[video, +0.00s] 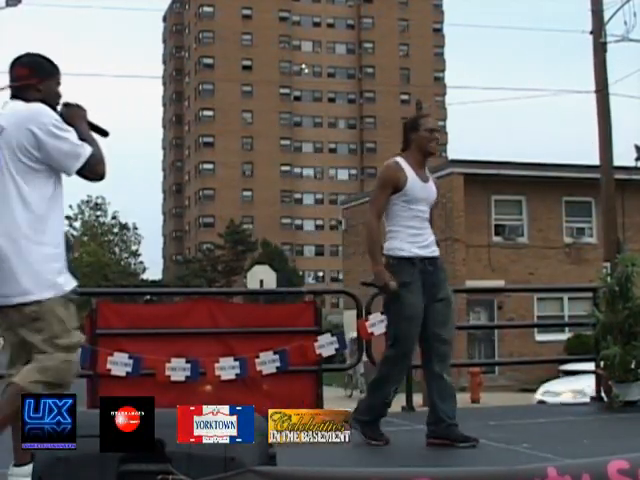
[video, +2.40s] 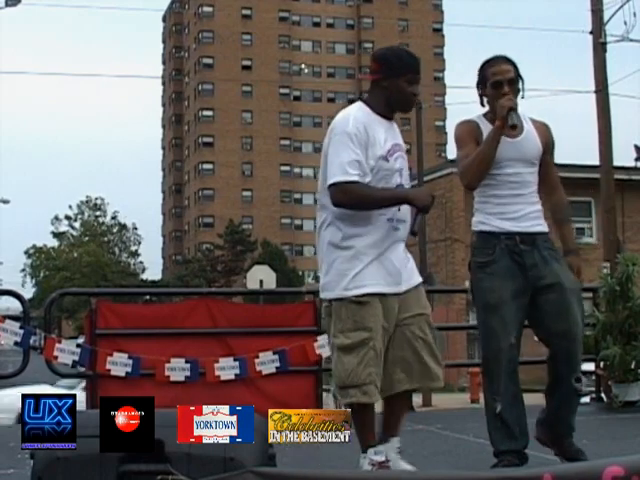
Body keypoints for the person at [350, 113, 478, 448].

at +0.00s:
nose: (436, 137)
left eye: (438, 132)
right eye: (429, 131)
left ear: (436, 139)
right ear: (411, 137)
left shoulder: (430, 180)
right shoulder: (393, 170)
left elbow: (428, 227)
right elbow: (372, 217)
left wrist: (436, 261)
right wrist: (378, 266)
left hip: (432, 265)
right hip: (403, 265)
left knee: (439, 348)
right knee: (403, 347)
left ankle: (442, 426)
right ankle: (367, 417)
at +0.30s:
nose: (459, 130)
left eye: (460, 125)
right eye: (451, 126)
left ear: (458, 132)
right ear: (433, 133)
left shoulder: (461, 177)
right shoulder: (415, 166)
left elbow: (470, 228)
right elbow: (392, 212)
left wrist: (485, 275)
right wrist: (396, 260)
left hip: (452, 264)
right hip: (422, 261)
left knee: (452, 345)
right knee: (429, 343)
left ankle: (446, 426)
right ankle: (421, 429)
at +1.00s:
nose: (482, 113)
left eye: (484, 107)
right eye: (474, 108)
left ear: (488, 113)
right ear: (455, 117)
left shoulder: (494, 158)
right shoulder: (439, 158)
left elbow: (498, 212)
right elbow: (421, 215)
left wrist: (502, 256)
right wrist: (424, 277)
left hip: (492, 260)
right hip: (456, 260)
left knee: (513, 342)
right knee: (460, 349)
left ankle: (494, 425)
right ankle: (467, 435)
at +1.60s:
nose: (533, 101)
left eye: (538, 96)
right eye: (524, 96)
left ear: (544, 104)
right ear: (508, 105)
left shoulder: (550, 155)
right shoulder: (490, 144)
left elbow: (554, 209)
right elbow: (465, 196)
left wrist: (559, 255)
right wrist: (473, 244)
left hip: (543, 258)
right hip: (501, 256)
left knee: (546, 352)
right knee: (500, 342)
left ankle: (546, 443)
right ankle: (477, 423)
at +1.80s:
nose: (536, 100)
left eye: (542, 93)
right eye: (528, 94)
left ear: (552, 99)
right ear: (515, 100)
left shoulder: (566, 147)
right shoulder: (496, 139)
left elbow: (586, 201)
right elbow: (468, 188)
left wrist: (600, 253)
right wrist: (491, 193)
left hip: (548, 256)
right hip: (503, 254)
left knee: (549, 351)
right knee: (502, 348)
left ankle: (546, 443)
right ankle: (495, 442)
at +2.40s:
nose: (506, 90)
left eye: (511, 83)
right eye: (497, 85)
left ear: (520, 86)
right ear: (481, 92)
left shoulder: (540, 131)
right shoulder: (470, 129)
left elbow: (553, 192)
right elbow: (469, 179)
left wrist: (570, 250)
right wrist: (497, 129)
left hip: (541, 249)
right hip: (493, 251)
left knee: (570, 337)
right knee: (500, 350)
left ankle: (556, 427)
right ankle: (509, 449)